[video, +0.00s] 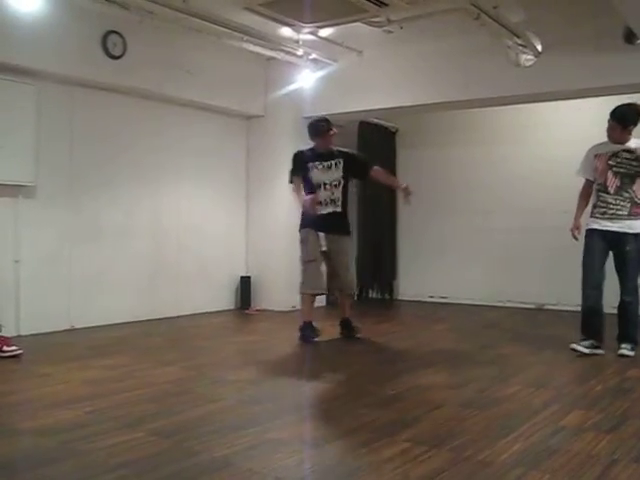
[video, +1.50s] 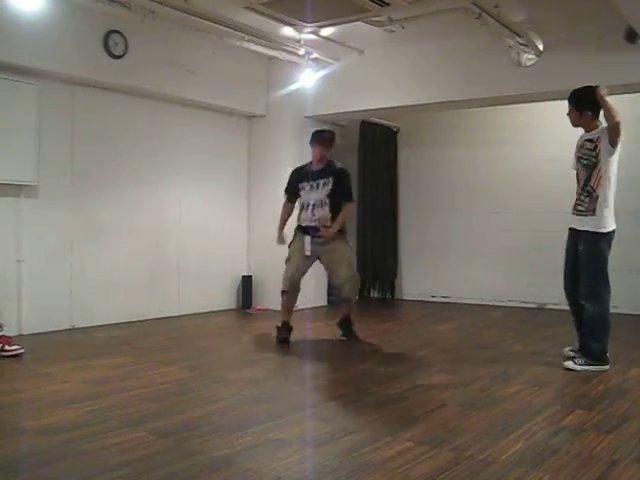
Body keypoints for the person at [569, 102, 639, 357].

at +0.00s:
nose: (608, 130)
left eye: (613, 127)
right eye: (609, 125)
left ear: (626, 130)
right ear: (612, 125)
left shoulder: (637, 154)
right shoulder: (597, 152)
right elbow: (588, 187)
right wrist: (577, 217)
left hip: (630, 230)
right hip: (598, 228)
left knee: (630, 289)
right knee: (591, 283)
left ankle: (628, 341)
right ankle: (592, 339)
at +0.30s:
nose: (600, 129)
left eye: (604, 126)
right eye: (600, 124)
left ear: (619, 128)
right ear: (607, 125)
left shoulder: (635, 150)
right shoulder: (592, 153)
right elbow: (584, 190)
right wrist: (574, 224)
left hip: (627, 232)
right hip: (594, 230)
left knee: (628, 291)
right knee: (591, 290)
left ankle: (629, 341)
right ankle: (593, 344)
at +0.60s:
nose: (583, 122)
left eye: (587, 118)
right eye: (584, 118)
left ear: (601, 121)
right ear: (598, 121)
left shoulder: (622, 147)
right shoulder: (581, 152)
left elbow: (639, 129)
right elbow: (575, 190)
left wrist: (624, 108)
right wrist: (564, 226)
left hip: (609, 231)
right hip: (579, 231)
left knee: (612, 289)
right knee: (582, 293)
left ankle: (627, 337)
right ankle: (591, 346)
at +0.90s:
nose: (575, 119)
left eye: (578, 115)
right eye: (576, 114)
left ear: (591, 117)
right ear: (591, 118)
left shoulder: (614, 143)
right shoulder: (577, 148)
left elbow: (635, 126)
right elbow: (571, 186)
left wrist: (614, 104)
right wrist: (554, 219)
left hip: (600, 226)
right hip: (574, 226)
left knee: (594, 291)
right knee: (578, 292)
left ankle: (605, 354)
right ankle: (590, 346)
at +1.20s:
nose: (573, 115)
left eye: (577, 110)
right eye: (574, 110)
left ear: (589, 113)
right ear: (589, 113)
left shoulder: (611, 139)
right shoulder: (581, 143)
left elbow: (627, 122)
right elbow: (576, 184)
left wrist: (611, 98)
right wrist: (566, 219)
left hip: (596, 225)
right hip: (574, 224)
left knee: (589, 292)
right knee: (574, 290)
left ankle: (596, 356)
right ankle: (587, 350)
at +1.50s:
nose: (568, 116)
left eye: (571, 111)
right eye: (569, 111)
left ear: (584, 112)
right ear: (586, 112)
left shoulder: (606, 139)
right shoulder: (583, 139)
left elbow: (615, 123)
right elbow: (584, 176)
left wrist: (602, 98)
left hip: (597, 227)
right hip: (578, 224)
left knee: (593, 291)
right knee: (574, 288)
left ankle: (597, 355)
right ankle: (586, 346)